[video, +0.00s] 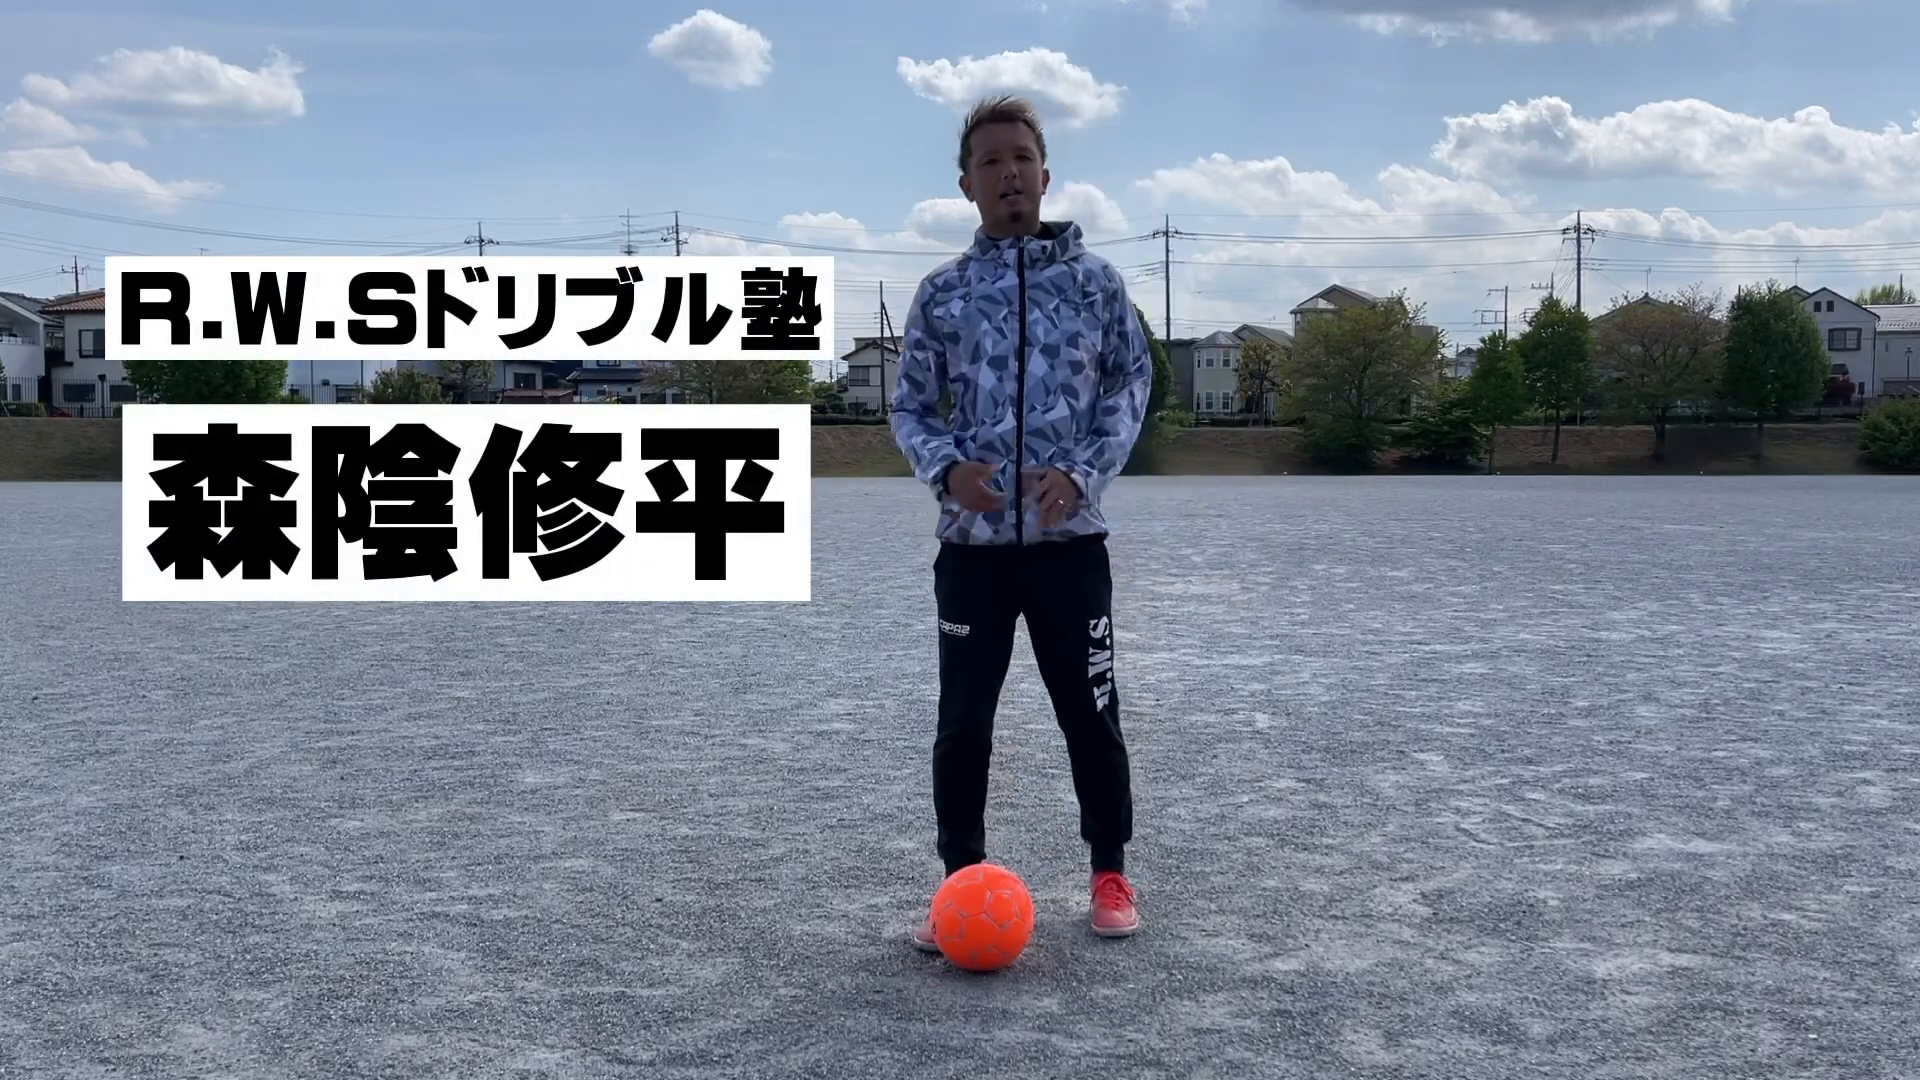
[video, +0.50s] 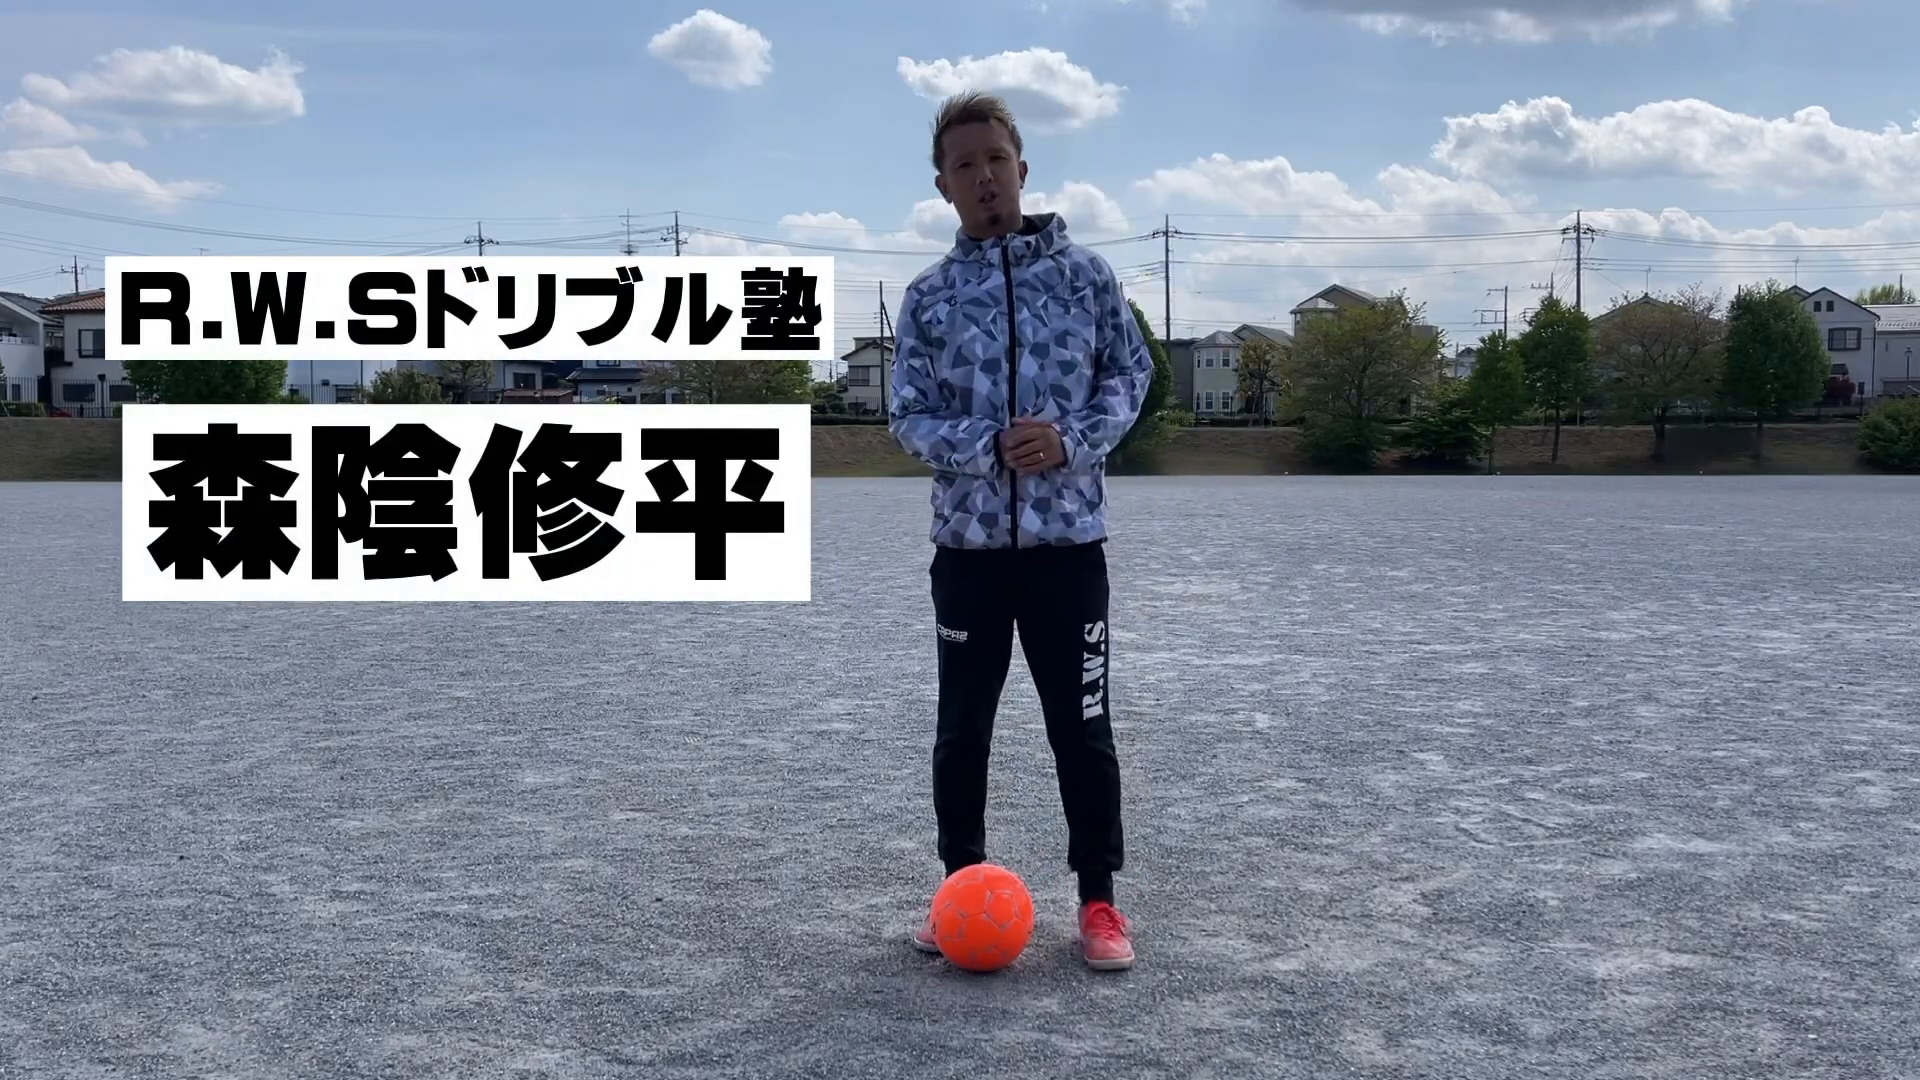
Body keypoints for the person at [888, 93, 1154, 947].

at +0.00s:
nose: (1010, 173)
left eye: (1023, 158)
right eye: (991, 161)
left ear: (1046, 171)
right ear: (967, 180)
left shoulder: (1093, 280)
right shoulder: (943, 292)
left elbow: (1130, 388)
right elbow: (910, 408)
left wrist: (1087, 471)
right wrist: (946, 466)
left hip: (1068, 541)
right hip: (974, 545)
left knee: (1091, 713)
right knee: (962, 719)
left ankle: (1108, 874)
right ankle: (961, 888)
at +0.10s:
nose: (989, 172)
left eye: (1001, 156)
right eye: (970, 161)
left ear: (1025, 169)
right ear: (948, 182)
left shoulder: (1080, 275)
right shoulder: (927, 292)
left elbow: (1126, 377)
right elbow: (902, 411)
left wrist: (1067, 448)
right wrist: (976, 451)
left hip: (1063, 536)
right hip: (966, 540)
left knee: (1090, 710)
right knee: (959, 721)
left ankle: (1111, 868)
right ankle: (960, 888)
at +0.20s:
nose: (976, 172)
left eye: (987, 156)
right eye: (956, 163)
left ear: (1010, 168)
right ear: (933, 187)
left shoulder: (1070, 273)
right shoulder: (919, 294)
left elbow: (1121, 373)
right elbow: (902, 418)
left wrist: (1061, 426)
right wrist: (984, 440)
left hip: (1062, 536)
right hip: (965, 541)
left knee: (1093, 707)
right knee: (957, 723)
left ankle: (1112, 863)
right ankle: (960, 888)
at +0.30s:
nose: (969, 174)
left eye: (980, 156)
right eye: (948, 164)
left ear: (1003, 166)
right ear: (926, 188)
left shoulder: (1066, 271)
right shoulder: (913, 295)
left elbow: (1121, 370)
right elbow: (900, 415)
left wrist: (1068, 427)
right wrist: (985, 435)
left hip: (1063, 534)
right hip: (966, 541)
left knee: (1094, 709)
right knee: (959, 721)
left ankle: (1111, 873)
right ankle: (961, 887)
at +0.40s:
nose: (971, 176)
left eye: (982, 159)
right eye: (951, 166)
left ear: (1008, 167)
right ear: (930, 187)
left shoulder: (1073, 273)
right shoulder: (918, 295)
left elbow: (1122, 375)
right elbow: (902, 418)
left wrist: (1072, 434)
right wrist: (989, 442)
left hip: (1065, 539)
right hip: (968, 545)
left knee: (1089, 723)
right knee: (960, 728)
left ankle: (1105, 896)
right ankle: (961, 894)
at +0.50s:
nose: (983, 176)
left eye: (994, 159)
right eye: (964, 166)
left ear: (1021, 165)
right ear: (943, 185)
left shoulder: (1085, 274)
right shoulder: (930, 295)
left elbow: (1132, 378)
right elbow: (908, 415)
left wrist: (1074, 438)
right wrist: (987, 447)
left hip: (1066, 540)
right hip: (969, 544)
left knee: (1082, 727)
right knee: (963, 727)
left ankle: (1099, 905)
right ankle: (962, 895)